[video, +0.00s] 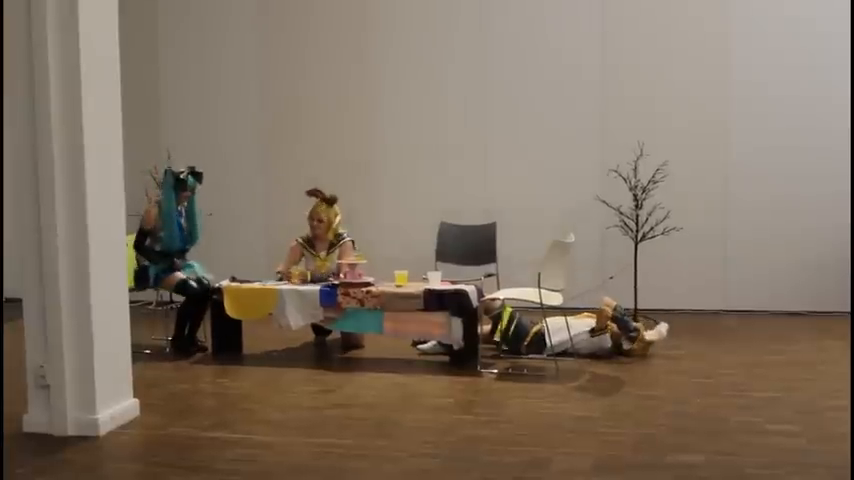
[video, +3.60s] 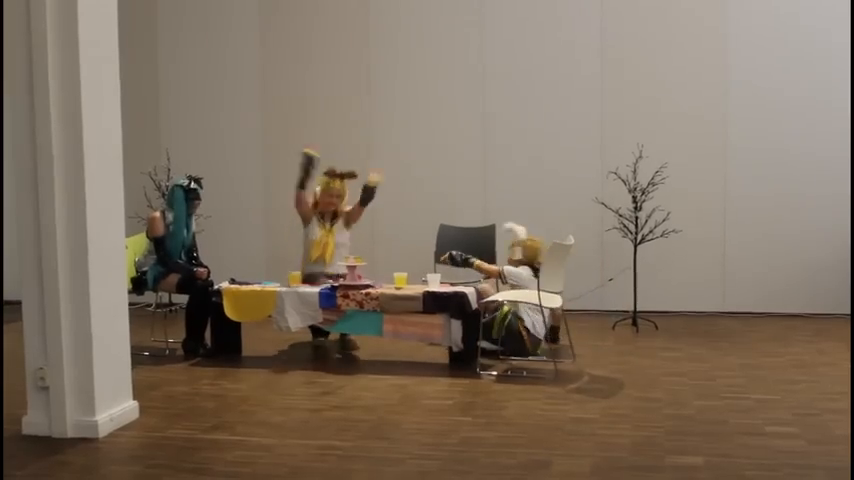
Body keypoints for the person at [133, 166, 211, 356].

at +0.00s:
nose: (188, 196)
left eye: (190, 192)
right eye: (184, 191)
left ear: (190, 193)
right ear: (174, 191)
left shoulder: (182, 212)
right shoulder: (155, 211)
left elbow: (185, 240)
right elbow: (139, 245)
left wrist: (180, 258)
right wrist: (165, 260)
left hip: (177, 265)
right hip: (157, 268)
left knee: (206, 289)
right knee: (194, 290)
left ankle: (190, 338)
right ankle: (179, 340)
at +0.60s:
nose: (171, 197)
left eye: (173, 193)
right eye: (167, 192)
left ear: (174, 194)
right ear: (158, 193)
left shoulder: (170, 213)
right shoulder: (144, 215)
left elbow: (179, 244)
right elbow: (136, 250)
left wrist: (205, 248)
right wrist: (166, 253)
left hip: (175, 265)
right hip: (156, 269)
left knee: (208, 287)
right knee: (198, 285)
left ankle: (193, 338)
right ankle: (190, 340)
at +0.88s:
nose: (173, 192)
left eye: (175, 188)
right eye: (168, 188)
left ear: (177, 190)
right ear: (158, 190)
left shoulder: (177, 212)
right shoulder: (145, 213)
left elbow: (187, 239)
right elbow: (157, 248)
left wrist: (199, 250)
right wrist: (187, 255)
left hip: (181, 264)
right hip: (161, 267)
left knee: (208, 284)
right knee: (198, 284)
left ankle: (200, 337)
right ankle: (192, 340)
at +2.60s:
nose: (194, 207)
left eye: (195, 203)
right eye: (191, 202)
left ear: (195, 204)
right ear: (178, 201)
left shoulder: (188, 222)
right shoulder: (157, 221)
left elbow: (193, 255)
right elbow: (165, 260)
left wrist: (200, 268)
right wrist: (191, 272)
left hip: (179, 269)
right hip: (157, 272)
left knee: (206, 285)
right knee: (198, 285)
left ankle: (199, 341)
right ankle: (191, 343)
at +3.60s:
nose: (195, 208)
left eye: (197, 204)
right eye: (193, 203)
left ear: (195, 203)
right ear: (180, 200)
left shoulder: (187, 221)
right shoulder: (158, 218)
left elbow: (192, 255)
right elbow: (165, 259)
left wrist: (202, 268)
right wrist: (192, 272)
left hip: (176, 269)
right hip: (155, 272)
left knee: (207, 286)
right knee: (198, 288)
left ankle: (199, 341)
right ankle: (191, 344)